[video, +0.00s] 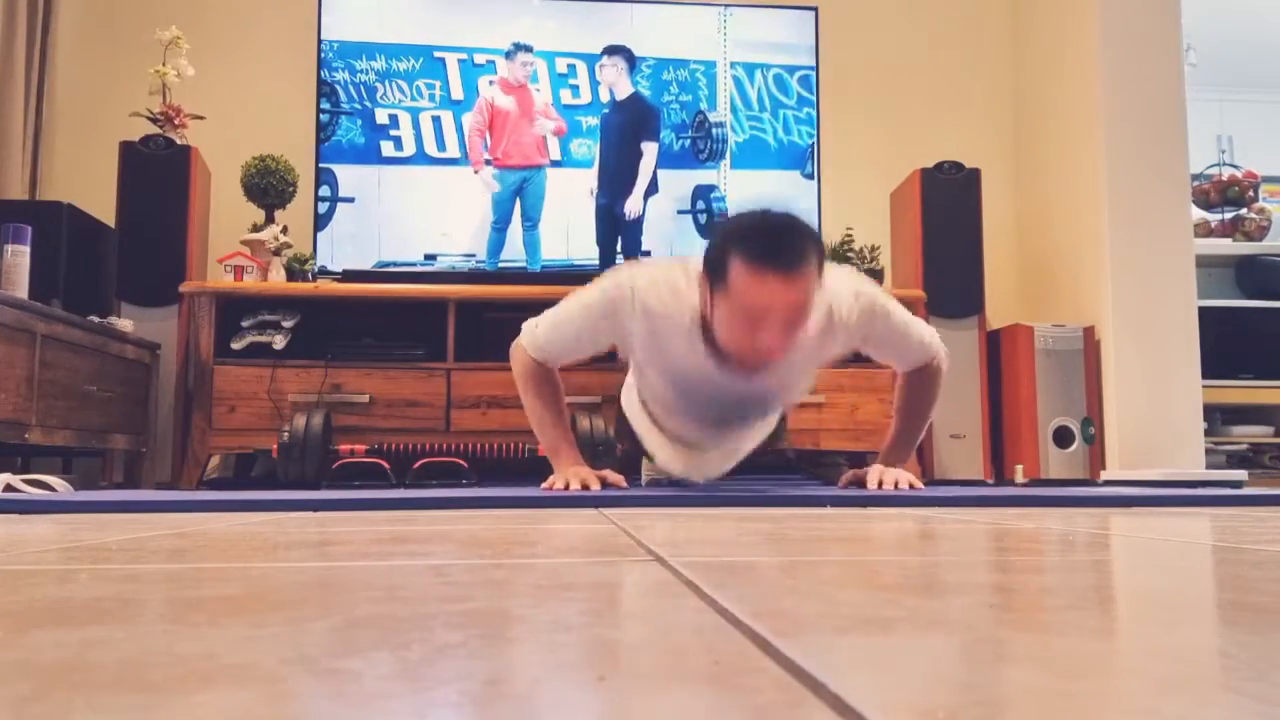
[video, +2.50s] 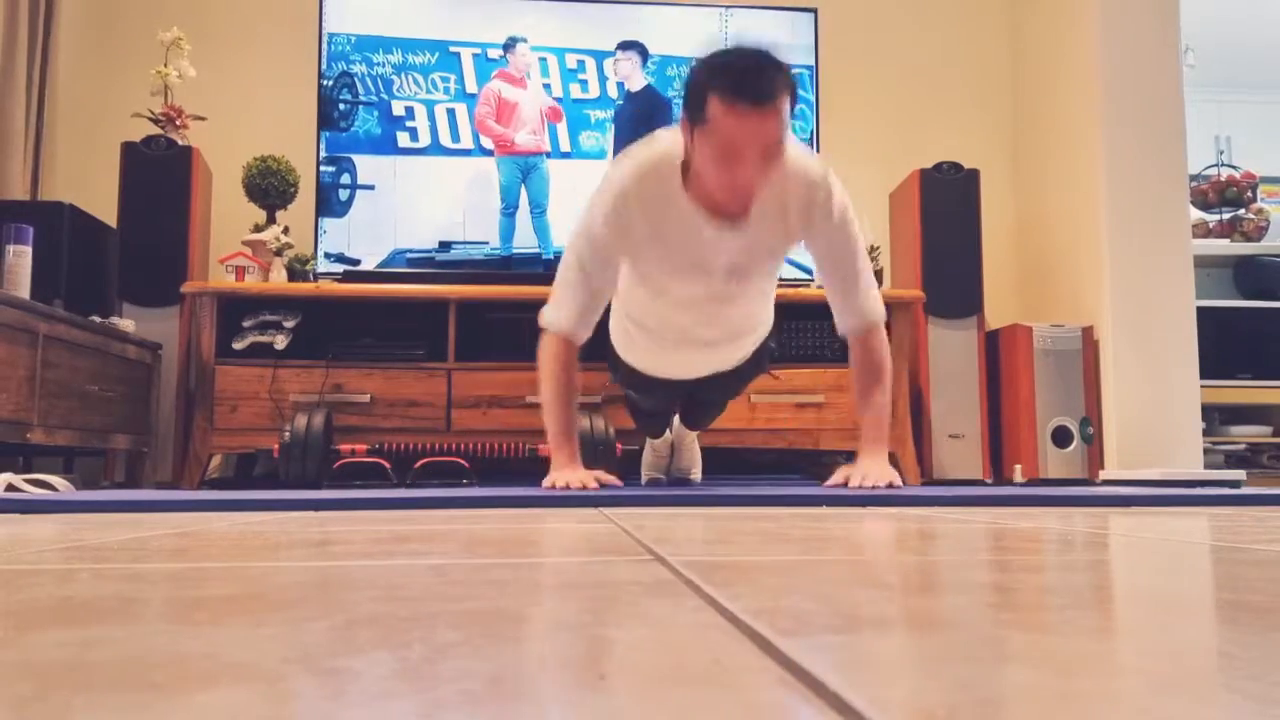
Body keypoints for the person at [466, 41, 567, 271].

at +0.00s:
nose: (529, 70)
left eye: (531, 65)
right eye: (524, 64)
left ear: (533, 66)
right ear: (508, 64)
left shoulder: (537, 96)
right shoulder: (491, 96)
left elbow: (562, 127)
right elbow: (475, 131)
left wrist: (552, 126)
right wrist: (480, 167)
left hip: (535, 170)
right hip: (505, 170)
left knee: (532, 223)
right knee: (500, 224)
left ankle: (535, 270)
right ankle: (490, 269)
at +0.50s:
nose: (531, 70)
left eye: (534, 65)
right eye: (526, 65)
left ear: (536, 65)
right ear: (512, 65)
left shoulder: (541, 94)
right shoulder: (495, 96)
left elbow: (561, 121)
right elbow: (480, 129)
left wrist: (578, 139)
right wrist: (515, 132)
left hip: (537, 169)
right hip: (507, 169)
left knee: (533, 221)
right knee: (501, 220)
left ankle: (534, 270)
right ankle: (491, 267)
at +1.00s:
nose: (546, 73)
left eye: (549, 68)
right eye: (541, 67)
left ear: (551, 67)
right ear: (526, 65)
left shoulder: (553, 95)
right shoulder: (509, 94)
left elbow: (572, 115)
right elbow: (494, 131)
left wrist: (583, 122)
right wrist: (529, 146)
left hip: (544, 168)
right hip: (515, 168)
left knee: (538, 218)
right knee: (506, 217)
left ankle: (538, 265)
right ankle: (496, 262)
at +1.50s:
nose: (542, 66)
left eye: (543, 61)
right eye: (537, 62)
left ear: (544, 61)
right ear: (523, 62)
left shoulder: (549, 89)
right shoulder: (507, 92)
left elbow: (572, 99)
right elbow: (498, 129)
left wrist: (593, 104)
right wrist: (532, 142)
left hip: (545, 163)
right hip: (518, 163)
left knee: (541, 213)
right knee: (510, 212)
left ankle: (543, 260)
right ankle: (500, 258)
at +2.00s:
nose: (527, 60)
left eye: (528, 55)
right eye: (522, 55)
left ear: (529, 57)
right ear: (507, 58)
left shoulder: (534, 86)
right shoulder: (494, 88)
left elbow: (551, 112)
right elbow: (479, 121)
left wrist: (554, 121)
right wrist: (507, 142)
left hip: (536, 159)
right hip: (508, 159)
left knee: (538, 210)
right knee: (506, 210)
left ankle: (545, 258)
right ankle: (503, 256)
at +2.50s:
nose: (529, 58)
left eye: (529, 53)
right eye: (524, 54)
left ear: (528, 56)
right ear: (509, 56)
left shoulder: (534, 87)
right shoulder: (494, 87)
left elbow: (557, 118)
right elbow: (482, 121)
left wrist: (548, 103)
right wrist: (514, 137)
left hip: (537, 157)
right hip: (509, 158)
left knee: (540, 208)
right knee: (509, 208)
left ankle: (548, 255)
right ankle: (506, 255)